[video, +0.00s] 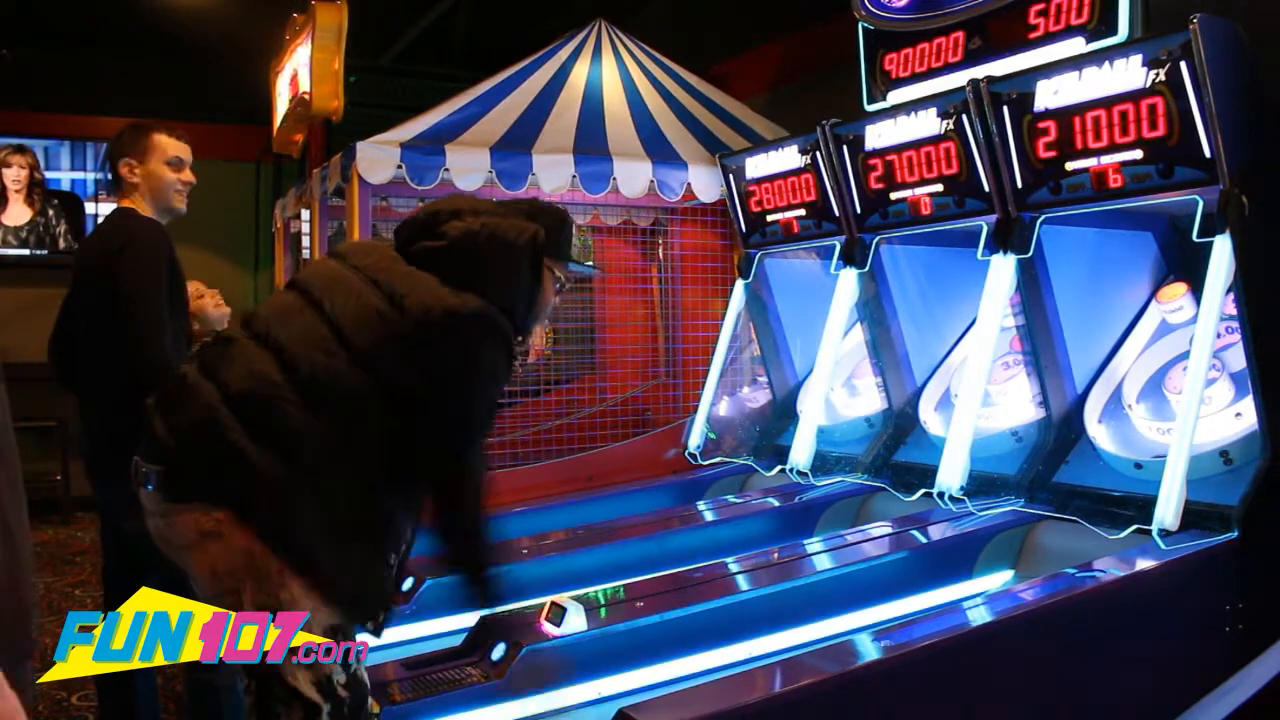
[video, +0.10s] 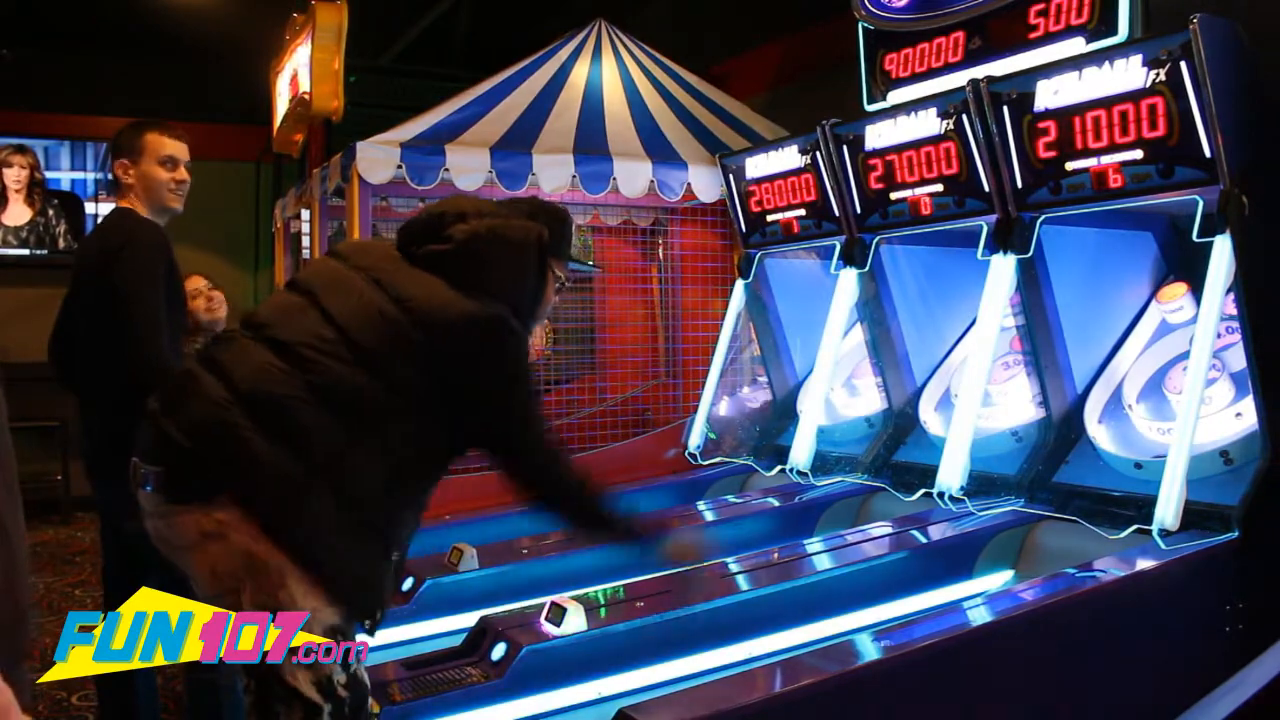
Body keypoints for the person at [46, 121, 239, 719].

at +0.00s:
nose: (190, 178)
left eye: (190, 167)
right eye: (177, 164)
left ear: (134, 174)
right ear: (132, 170)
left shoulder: (105, 238)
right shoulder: (145, 239)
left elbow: (66, 349)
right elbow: (155, 360)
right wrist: (196, 323)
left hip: (111, 449)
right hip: (143, 455)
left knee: (128, 594)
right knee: (166, 595)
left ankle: (127, 707)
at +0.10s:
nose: (184, 177)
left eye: (186, 167)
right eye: (170, 164)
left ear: (135, 176)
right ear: (127, 170)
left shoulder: (104, 238)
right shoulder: (143, 239)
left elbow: (65, 349)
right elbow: (154, 355)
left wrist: (110, 401)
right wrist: (195, 418)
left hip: (110, 444)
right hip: (141, 449)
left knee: (128, 591)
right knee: (164, 592)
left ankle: (127, 705)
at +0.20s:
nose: (178, 176)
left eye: (181, 166)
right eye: (163, 163)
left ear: (179, 173)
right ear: (122, 171)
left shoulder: (105, 238)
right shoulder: (141, 241)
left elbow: (65, 350)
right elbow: (151, 357)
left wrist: (110, 403)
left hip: (110, 443)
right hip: (139, 449)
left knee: (128, 589)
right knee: (158, 591)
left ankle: (127, 704)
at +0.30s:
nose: (174, 175)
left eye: (179, 165)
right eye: (158, 162)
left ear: (180, 173)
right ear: (120, 170)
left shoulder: (105, 238)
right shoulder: (137, 242)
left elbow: (66, 349)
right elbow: (150, 358)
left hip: (110, 441)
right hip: (136, 447)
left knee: (128, 585)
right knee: (152, 589)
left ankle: (127, 702)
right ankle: (135, 702)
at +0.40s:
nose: (171, 174)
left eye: (177, 165)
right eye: (156, 162)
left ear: (180, 174)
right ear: (118, 171)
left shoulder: (109, 237)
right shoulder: (134, 241)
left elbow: (67, 347)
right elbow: (149, 356)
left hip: (112, 442)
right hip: (134, 448)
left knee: (130, 588)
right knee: (151, 591)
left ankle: (127, 703)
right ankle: (136, 703)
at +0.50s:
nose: (171, 173)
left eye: (177, 164)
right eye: (155, 161)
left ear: (181, 175)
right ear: (118, 171)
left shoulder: (112, 237)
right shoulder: (129, 241)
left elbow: (68, 348)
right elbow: (149, 357)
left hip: (114, 442)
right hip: (132, 447)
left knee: (131, 588)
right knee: (150, 592)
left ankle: (128, 704)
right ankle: (138, 705)